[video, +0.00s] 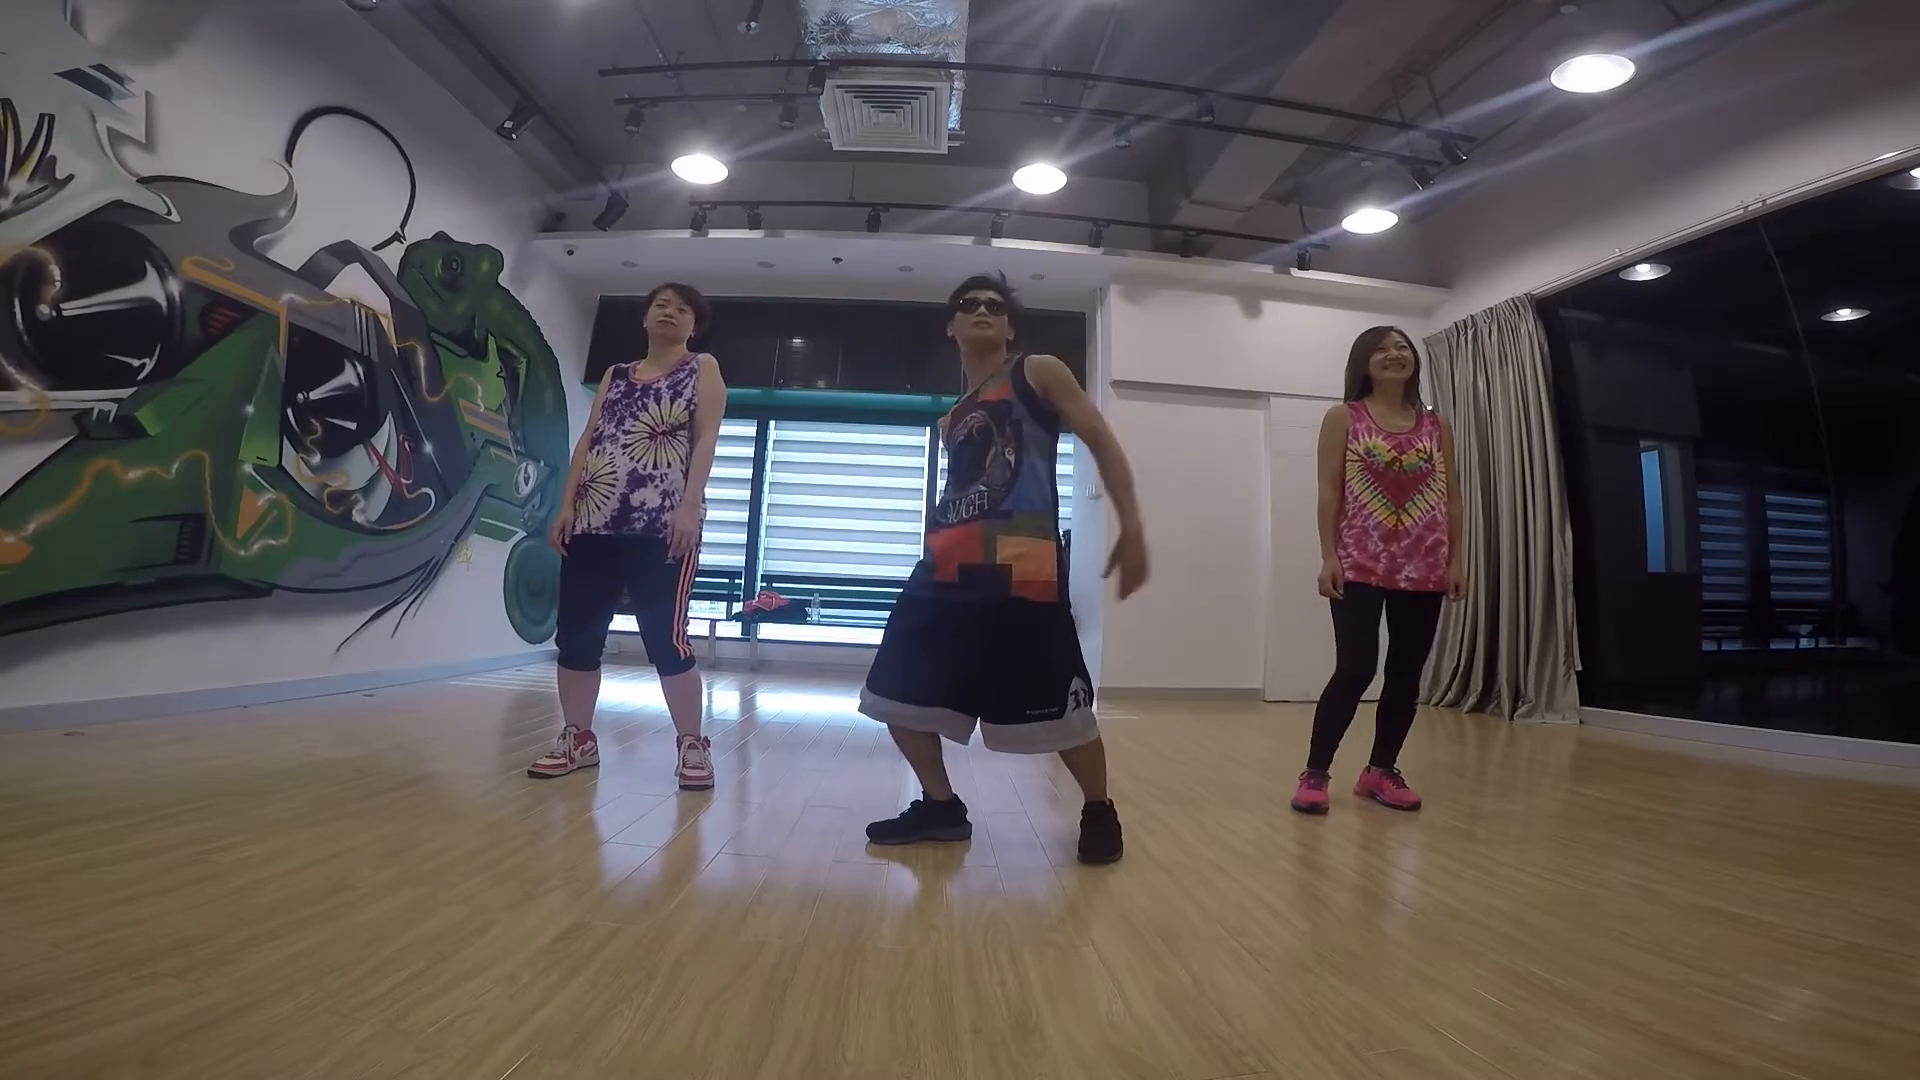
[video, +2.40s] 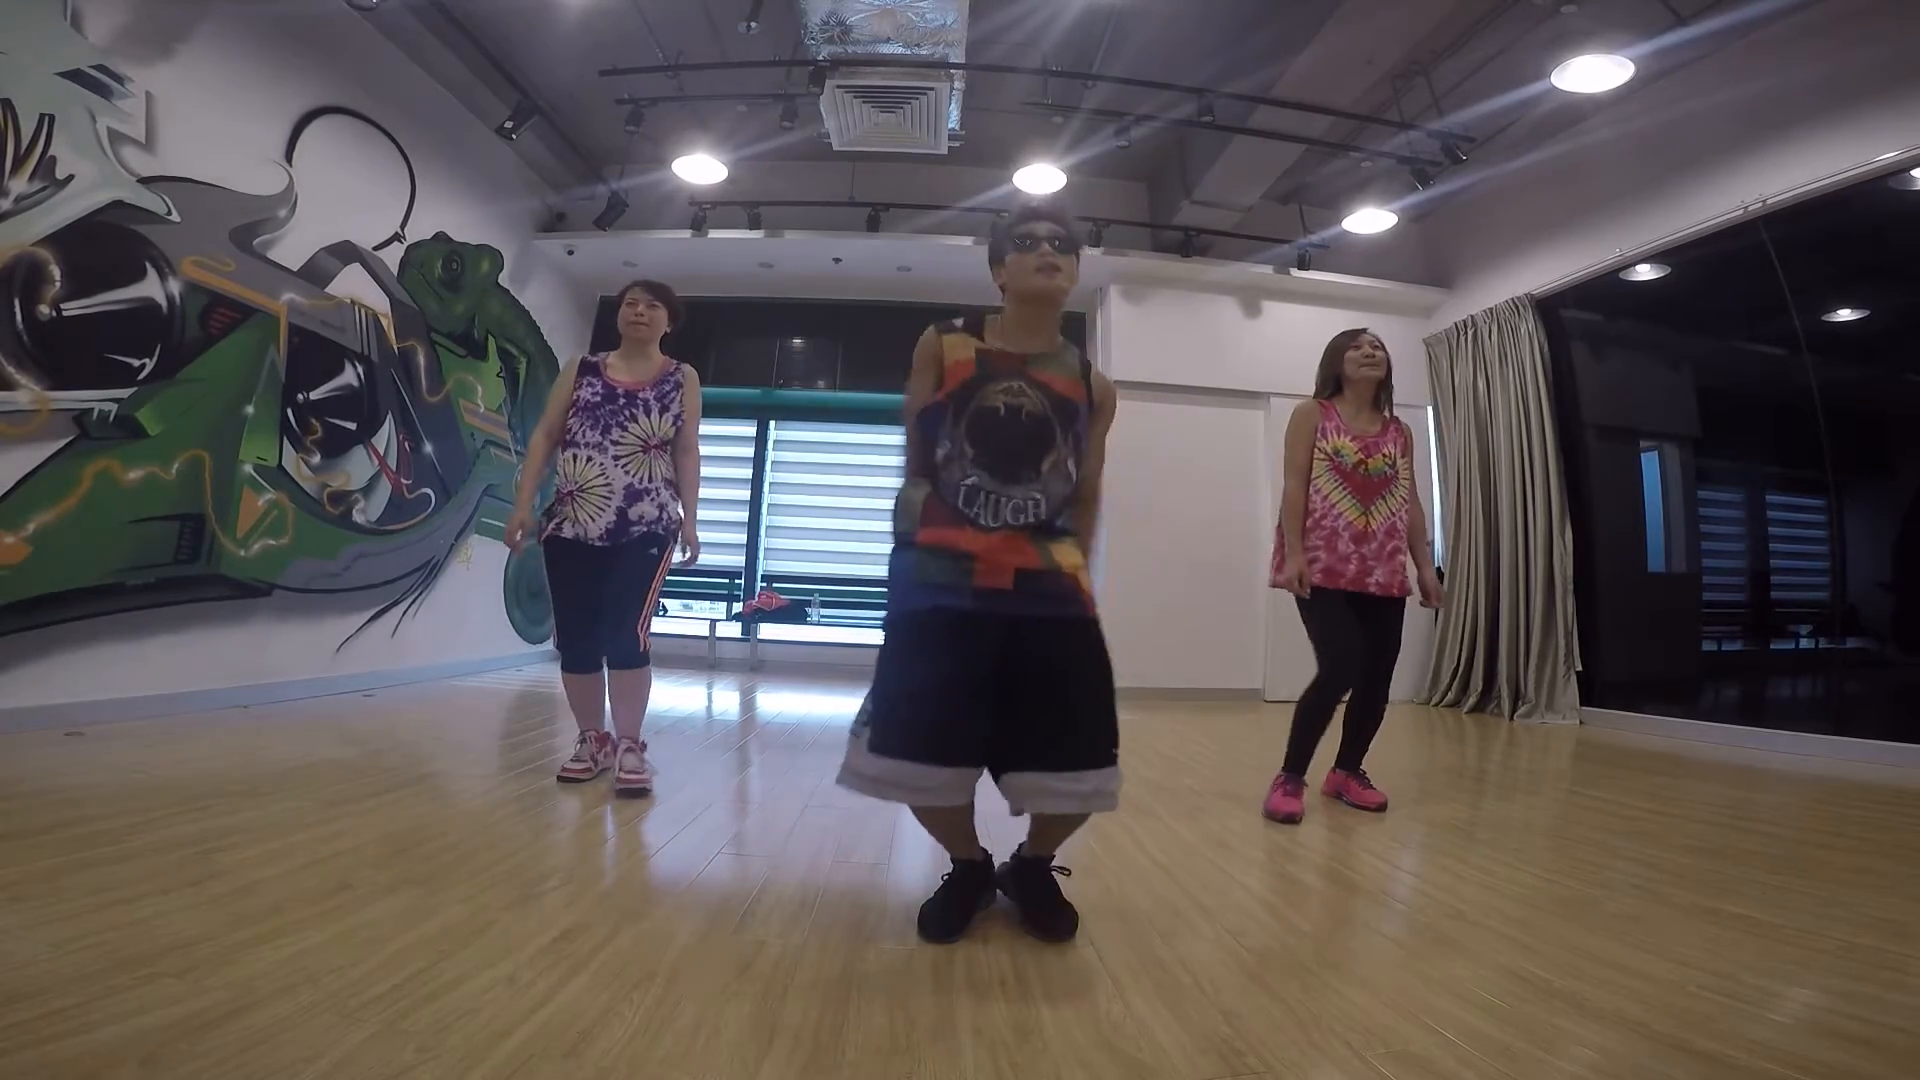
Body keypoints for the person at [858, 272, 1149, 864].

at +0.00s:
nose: (982, 313)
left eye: (994, 308)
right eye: (970, 307)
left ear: (1011, 328)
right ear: (951, 329)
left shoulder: (1038, 371)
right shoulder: (955, 418)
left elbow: (1101, 441)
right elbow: (967, 495)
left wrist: (1132, 527)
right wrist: (947, 556)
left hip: (1025, 568)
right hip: (947, 570)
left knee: (1060, 702)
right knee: (896, 693)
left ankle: (1098, 807)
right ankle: (939, 804)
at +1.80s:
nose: (984, 251)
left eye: (999, 240)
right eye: (966, 238)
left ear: (1018, 259)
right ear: (939, 259)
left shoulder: (1059, 337)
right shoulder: (913, 368)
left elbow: (1130, 432)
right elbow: (896, 469)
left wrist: (1218, 491)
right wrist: (860, 503)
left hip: (1054, 570)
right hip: (956, 570)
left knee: (1073, 742)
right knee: (937, 744)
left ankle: (1025, 813)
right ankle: (972, 866)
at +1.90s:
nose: (1012, 229)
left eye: (1025, 219)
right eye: (993, 217)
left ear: (1038, 241)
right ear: (959, 236)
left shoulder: (1069, 328)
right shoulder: (913, 334)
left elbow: (1158, 406)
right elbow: (858, 413)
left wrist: (1273, 442)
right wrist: (810, 431)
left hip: (1047, 561)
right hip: (942, 565)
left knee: (1086, 732)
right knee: (930, 744)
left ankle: (1028, 807)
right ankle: (970, 866)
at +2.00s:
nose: (1027, 232)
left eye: (1041, 220)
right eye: (1009, 217)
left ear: (1053, 237)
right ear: (974, 228)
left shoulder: (1073, 331)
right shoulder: (915, 317)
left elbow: (1166, 398)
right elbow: (831, 369)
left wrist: (1275, 419)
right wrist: (755, 373)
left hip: (1044, 558)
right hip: (938, 560)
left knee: (1089, 723)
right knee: (924, 739)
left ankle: (1026, 821)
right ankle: (966, 867)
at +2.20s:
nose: (1049, 244)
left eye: (1062, 235)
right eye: (1029, 234)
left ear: (1077, 262)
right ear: (996, 257)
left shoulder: (1081, 367)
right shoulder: (939, 321)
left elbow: (1135, 462)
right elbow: (844, 361)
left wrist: (1246, 466)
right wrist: (763, 369)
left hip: (1031, 586)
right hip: (925, 580)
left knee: (1060, 767)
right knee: (913, 761)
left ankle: (1025, 864)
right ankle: (969, 867)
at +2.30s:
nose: (1055, 256)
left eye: (1068, 248)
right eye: (1036, 246)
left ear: (1085, 275)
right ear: (1004, 269)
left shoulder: (1089, 388)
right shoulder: (943, 335)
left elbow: (1106, 495)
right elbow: (872, 407)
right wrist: (853, 429)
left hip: (1036, 591)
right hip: (930, 584)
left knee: (1075, 766)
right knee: (906, 762)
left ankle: (1028, 862)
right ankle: (969, 866)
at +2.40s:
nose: (1048, 257)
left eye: (1062, 247)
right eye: (1028, 246)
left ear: (1077, 272)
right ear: (997, 268)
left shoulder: (1093, 388)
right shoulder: (942, 349)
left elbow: (1086, 499)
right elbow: (920, 467)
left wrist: (1071, 584)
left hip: (1050, 596)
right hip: (944, 589)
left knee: (1087, 767)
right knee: (916, 759)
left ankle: (1031, 863)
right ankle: (970, 864)